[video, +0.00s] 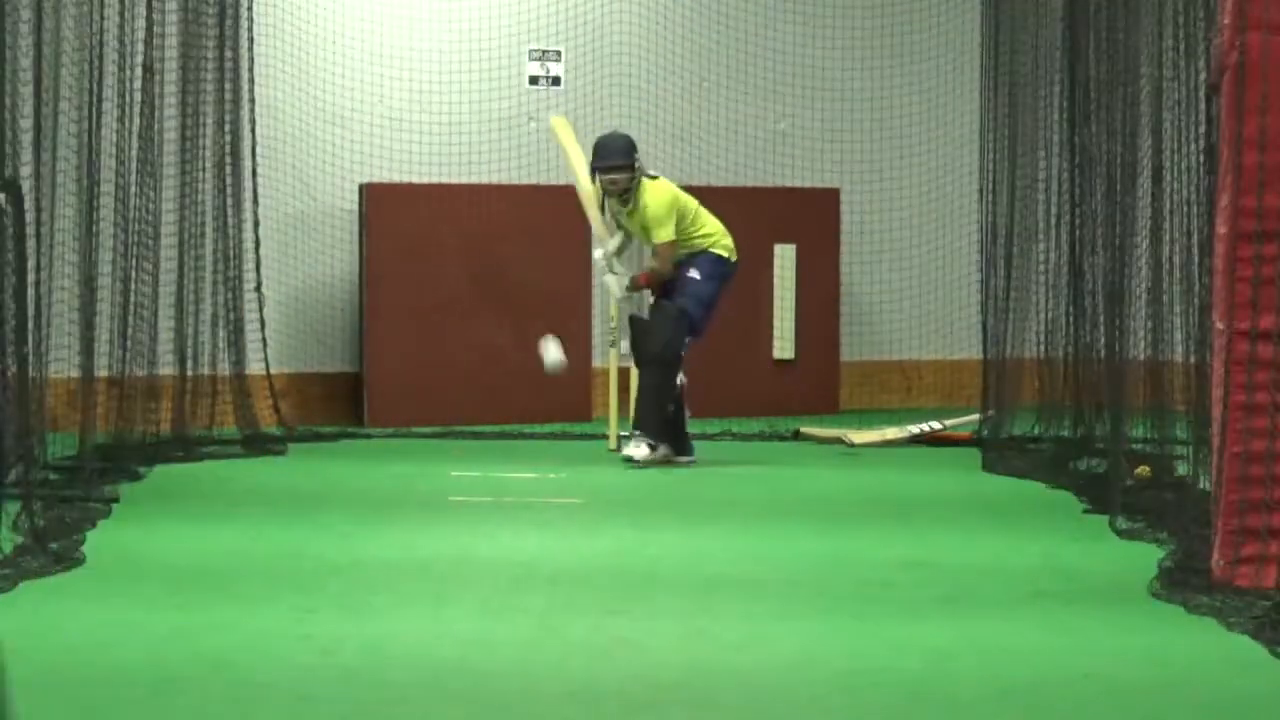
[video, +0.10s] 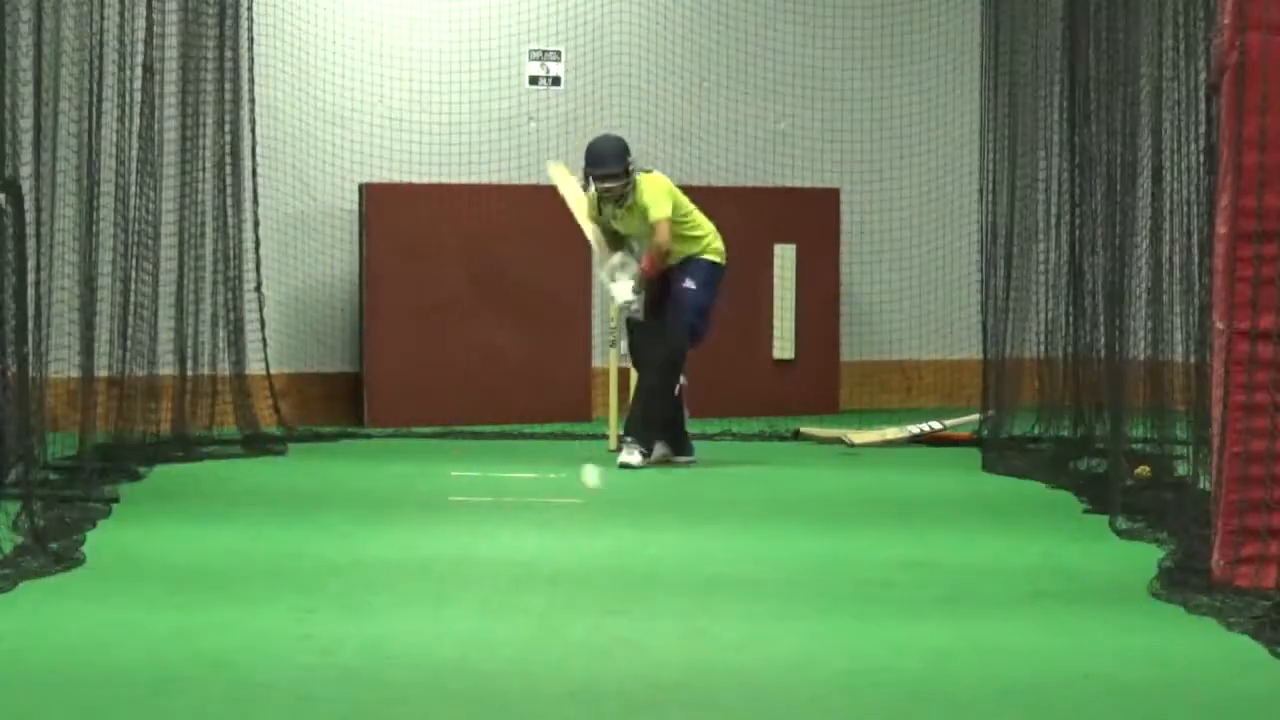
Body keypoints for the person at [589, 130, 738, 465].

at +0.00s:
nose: (614, 179)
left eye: (621, 171)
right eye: (606, 173)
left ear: (634, 170)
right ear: (597, 175)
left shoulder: (655, 198)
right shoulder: (610, 197)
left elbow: (665, 268)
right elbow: (626, 228)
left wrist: (630, 283)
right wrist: (614, 249)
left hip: (711, 253)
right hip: (678, 257)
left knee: (665, 337)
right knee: (658, 345)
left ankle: (648, 436)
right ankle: (676, 443)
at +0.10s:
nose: (610, 190)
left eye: (616, 182)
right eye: (602, 184)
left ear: (629, 173)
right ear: (591, 180)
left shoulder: (652, 186)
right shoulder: (598, 202)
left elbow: (664, 244)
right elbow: (613, 245)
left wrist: (640, 275)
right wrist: (617, 269)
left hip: (699, 256)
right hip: (658, 264)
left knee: (671, 343)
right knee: (646, 346)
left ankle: (637, 440)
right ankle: (675, 441)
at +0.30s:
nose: (615, 191)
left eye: (620, 183)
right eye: (607, 186)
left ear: (629, 167)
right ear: (594, 179)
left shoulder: (638, 153)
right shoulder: (595, 209)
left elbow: (658, 153)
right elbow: (628, 238)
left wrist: (656, 198)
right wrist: (647, 250)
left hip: (680, 255)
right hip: (634, 263)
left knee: (662, 340)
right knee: (635, 343)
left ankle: (636, 438)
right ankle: (669, 434)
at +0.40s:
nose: (625, 180)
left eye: (631, 171)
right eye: (617, 174)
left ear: (639, 154)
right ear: (602, 165)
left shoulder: (649, 140)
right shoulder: (598, 196)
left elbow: (670, 159)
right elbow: (630, 234)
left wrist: (657, 208)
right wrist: (649, 255)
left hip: (673, 251)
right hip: (625, 260)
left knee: (666, 341)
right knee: (627, 337)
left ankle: (644, 432)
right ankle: (631, 433)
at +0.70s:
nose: (627, 156)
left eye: (635, 149)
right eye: (619, 149)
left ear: (649, 135)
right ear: (607, 138)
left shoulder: (666, 140)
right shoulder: (594, 171)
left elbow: (683, 184)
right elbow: (610, 226)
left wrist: (659, 233)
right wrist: (626, 254)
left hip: (656, 250)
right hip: (605, 251)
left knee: (645, 345)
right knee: (578, 336)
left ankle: (629, 439)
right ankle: (546, 421)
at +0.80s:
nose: (625, 150)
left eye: (633, 142)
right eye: (618, 142)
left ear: (648, 128)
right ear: (605, 130)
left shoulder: (663, 135)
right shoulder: (592, 167)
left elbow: (680, 176)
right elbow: (610, 223)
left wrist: (659, 224)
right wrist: (630, 249)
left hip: (653, 251)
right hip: (602, 251)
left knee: (643, 346)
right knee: (578, 336)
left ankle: (629, 438)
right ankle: (544, 424)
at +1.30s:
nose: (612, 122)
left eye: (620, 115)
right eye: (604, 114)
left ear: (634, 112)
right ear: (593, 112)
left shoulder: (655, 135)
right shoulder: (579, 155)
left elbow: (673, 179)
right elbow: (588, 217)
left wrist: (668, 220)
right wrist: (639, 229)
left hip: (645, 258)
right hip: (596, 258)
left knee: (642, 349)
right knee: (573, 336)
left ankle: (629, 439)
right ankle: (550, 426)